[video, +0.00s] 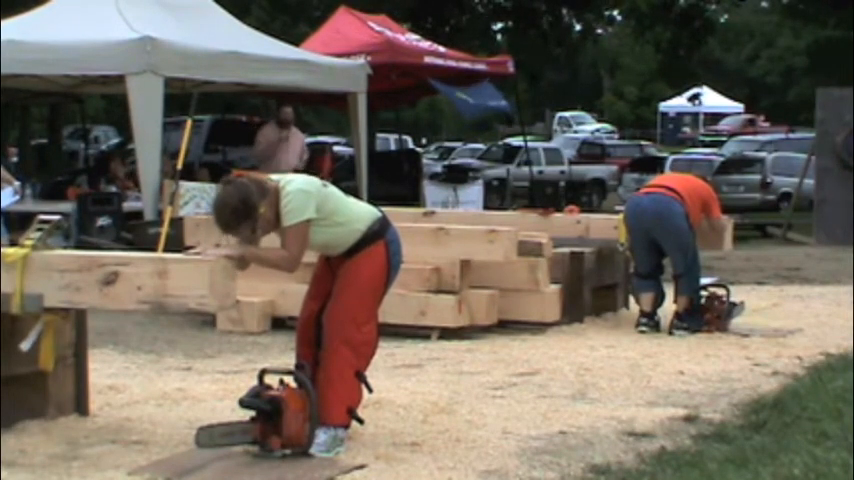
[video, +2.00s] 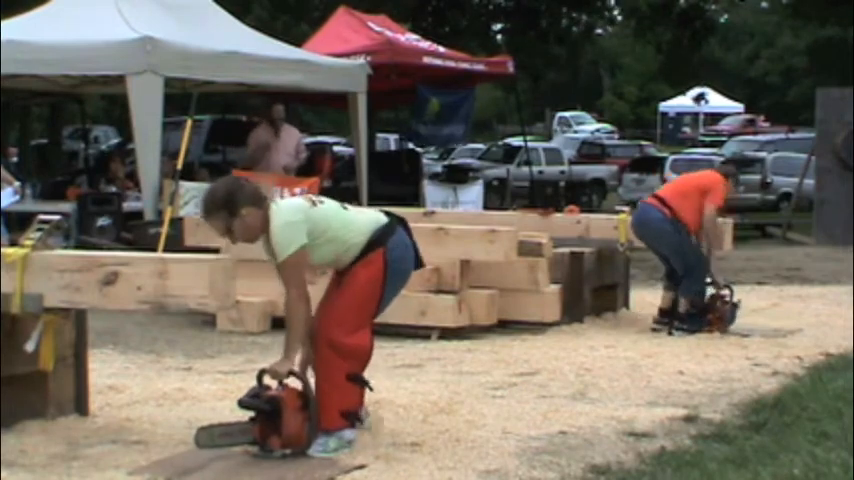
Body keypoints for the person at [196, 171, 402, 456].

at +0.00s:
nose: (257, 233)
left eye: (256, 228)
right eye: (249, 232)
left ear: (262, 206)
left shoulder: (297, 194)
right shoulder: (263, 194)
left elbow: (290, 261)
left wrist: (242, 253)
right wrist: (230, 252)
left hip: (372, 246)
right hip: (337, 252)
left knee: (340, 325)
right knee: (310, 321)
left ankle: (334, 426)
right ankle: (309, 412)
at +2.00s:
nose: (231, 241)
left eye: (230, 231)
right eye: (226, 235)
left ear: (246, 214)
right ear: (247, 215)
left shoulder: (284, 222)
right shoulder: (274, 227)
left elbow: (298, 296)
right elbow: (295, 296)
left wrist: (287, 359)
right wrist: (304, 351)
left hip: (383, 248)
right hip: (364, 252)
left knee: (334, 331)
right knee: (325, 328)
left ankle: (339, 428)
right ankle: (348, 410)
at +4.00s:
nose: (277, 106)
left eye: (281, 96)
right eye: (271, 99)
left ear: (304, 85)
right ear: (270, 95)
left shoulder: (329, 110)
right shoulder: (282, 126)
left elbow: (338, 158)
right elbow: (279, 178)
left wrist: (286, 159)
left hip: (344, 232)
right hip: (307, 234)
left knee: (339, 321)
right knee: (298, 319)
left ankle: (344, 422)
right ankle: (297, 413)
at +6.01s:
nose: (246, 130)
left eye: (249, 120)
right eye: (240, 124)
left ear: (272, 106)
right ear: (239, 119)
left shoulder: (300, 130)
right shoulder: (261, 151)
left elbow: (315, 186)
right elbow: (287, 204)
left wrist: (264, 208)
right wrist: (280, 251)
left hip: (335, 237)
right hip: (298, 240)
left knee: (333, 325)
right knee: (290, 325)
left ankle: (342, 422)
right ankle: (292, 414)